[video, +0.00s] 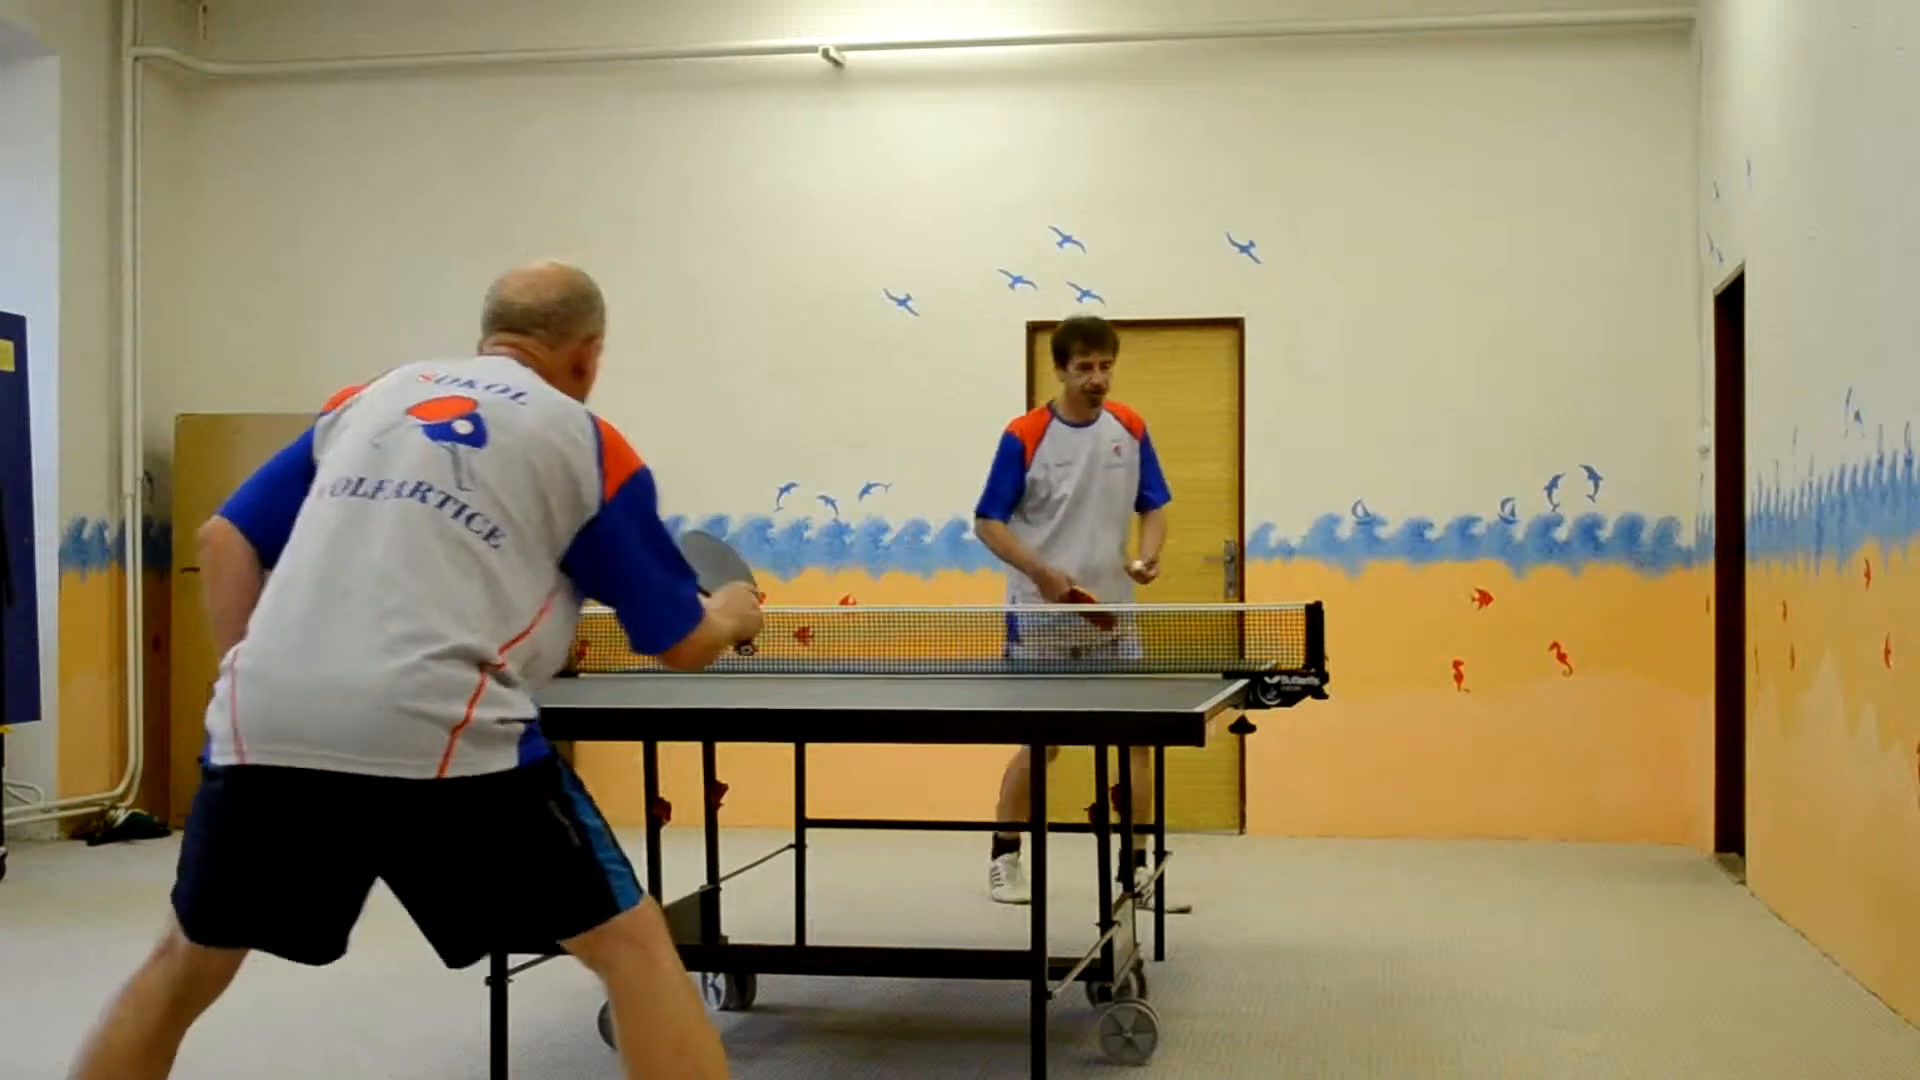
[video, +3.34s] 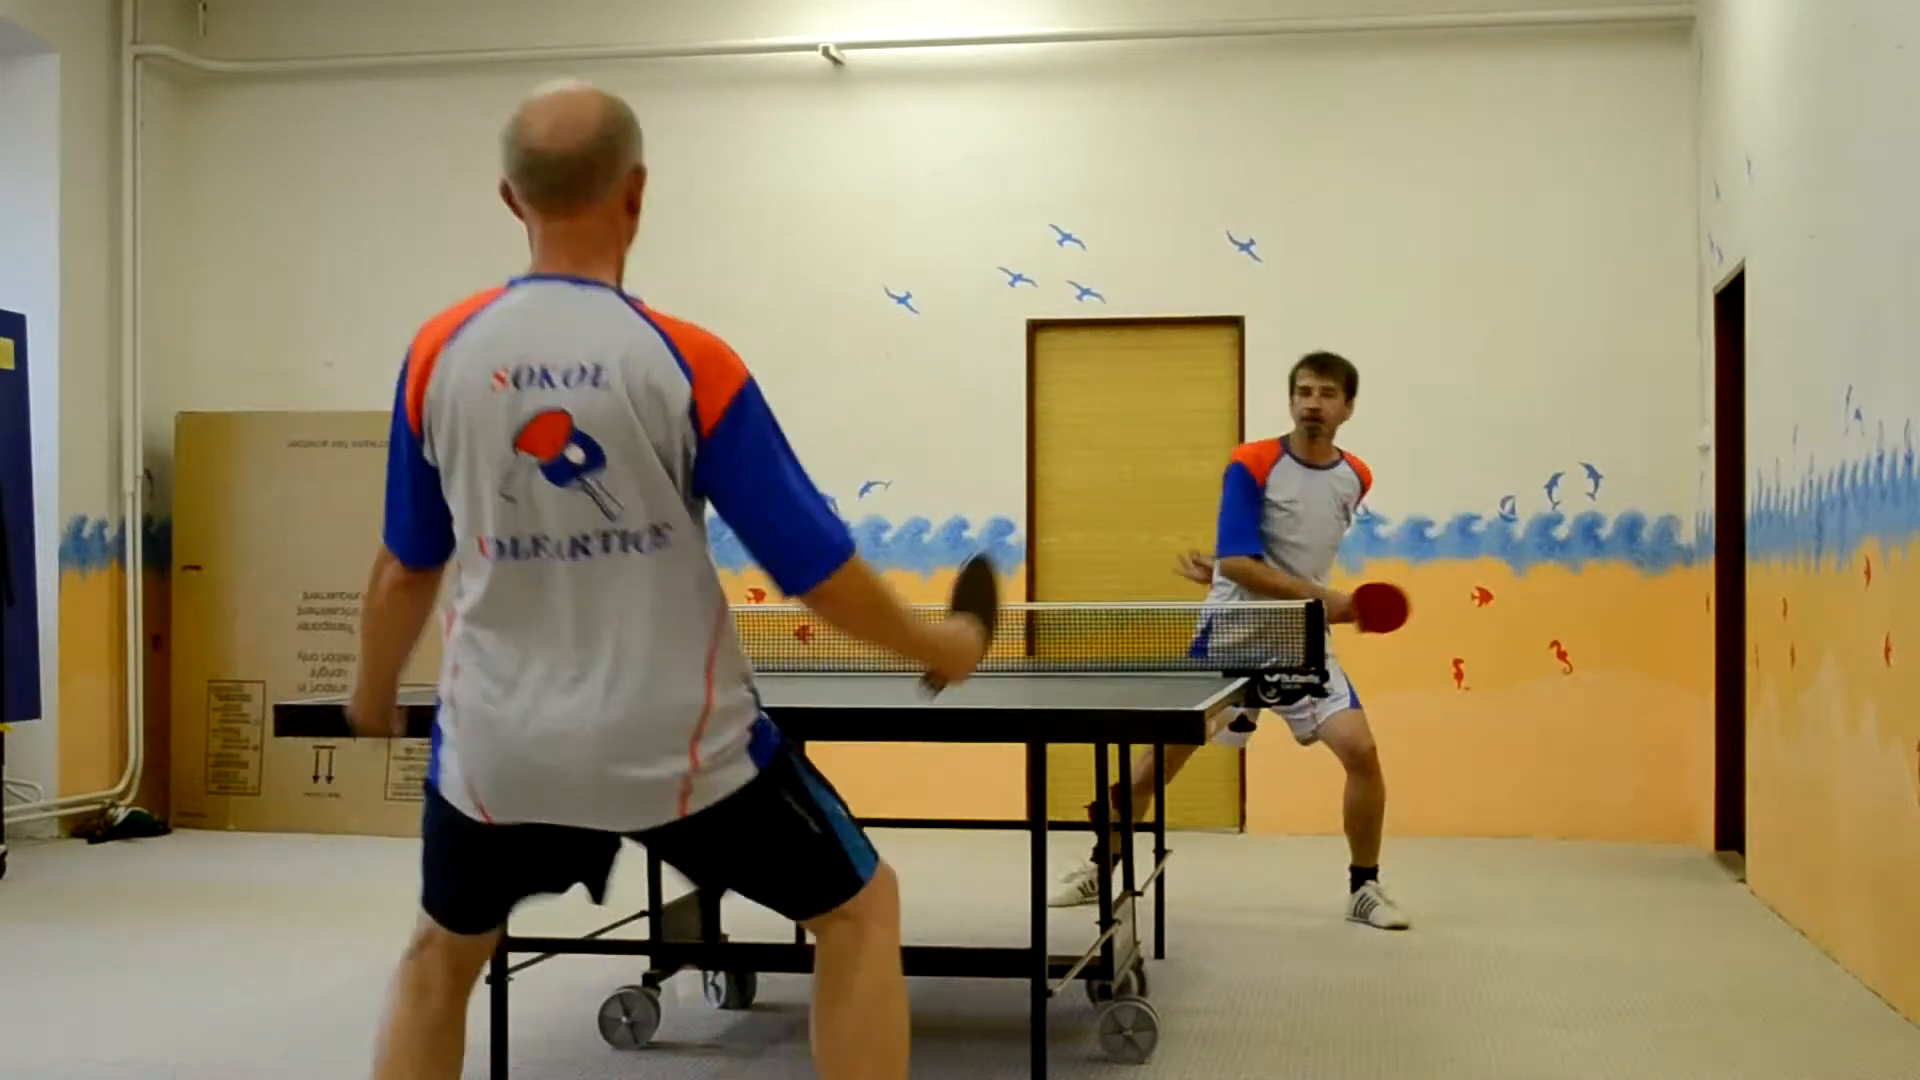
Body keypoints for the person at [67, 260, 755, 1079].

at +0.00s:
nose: (599, 372)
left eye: (599, 358)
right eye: (601, 360)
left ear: (485, 331)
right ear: (585, 358)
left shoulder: (360, 404)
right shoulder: (590, 447)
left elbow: (228, 539)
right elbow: (679, 641)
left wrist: (252, 695)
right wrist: (726, 614)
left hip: (267, 737)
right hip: (455, 745)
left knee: (180, 967)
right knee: (636, 958)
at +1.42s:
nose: (730, 389)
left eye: (730, 377)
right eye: (732, 376)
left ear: (615, 358)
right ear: (718, 373)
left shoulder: (499, 422)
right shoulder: (717, 460)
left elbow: (352, 544)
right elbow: (803, 692)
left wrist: (352, 710)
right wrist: (843, 704)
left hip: (387, 748)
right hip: (572, 757)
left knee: (280, 978)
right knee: (764, 967)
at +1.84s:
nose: (815, 338)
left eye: (813, 321)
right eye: (818, 322)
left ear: (705, 297)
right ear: (801, 320)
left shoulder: (574, 362)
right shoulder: (800, 447)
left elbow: (413, 476)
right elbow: (882, 627)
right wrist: (977, 644)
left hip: (486, 737)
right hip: (669, 750)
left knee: (395, 980)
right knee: (814, 934)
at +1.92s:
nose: (823, 361)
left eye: (826, 342)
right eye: (825, 343)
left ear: (714, 308)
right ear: (803, 340)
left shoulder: (574, 366)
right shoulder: (795, 471)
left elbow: (388, 437)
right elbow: (884, 637)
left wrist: (302, 494)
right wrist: (1012, 653)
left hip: (472, 746)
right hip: (657, 759)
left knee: (385, 981)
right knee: (810, 889)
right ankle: (871, 1078)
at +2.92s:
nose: (732, 364)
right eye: (733, 349)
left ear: (615, 332)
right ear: (725, 352)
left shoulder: (503, 410)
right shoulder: (722, 476)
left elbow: (331, 548)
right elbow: (834, 675)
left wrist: (277, 643)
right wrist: (950, 709)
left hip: (394, 780)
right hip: (582, 805)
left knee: (272, 990)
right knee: (743, 967)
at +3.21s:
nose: (703, 258)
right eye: (706, 242)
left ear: (586, 242)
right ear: (698, 250)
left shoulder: (482, 382)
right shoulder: (719, 417)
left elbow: (420, 596)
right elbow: (759, 656)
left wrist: (336, 778)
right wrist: (815, 696)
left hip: (509, 778)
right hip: (681, 782)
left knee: (431, 971)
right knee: (850, 934)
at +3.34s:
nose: (637, 197)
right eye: (640, 181)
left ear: (511, 198)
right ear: (636, 194)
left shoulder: (436, 358)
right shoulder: (691, 365)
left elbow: (406, 567)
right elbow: (817, 569)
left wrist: (371, 696)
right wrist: (925, 638)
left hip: (497, 753)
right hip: (679, 744)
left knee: (441, 954)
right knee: (857, 911)